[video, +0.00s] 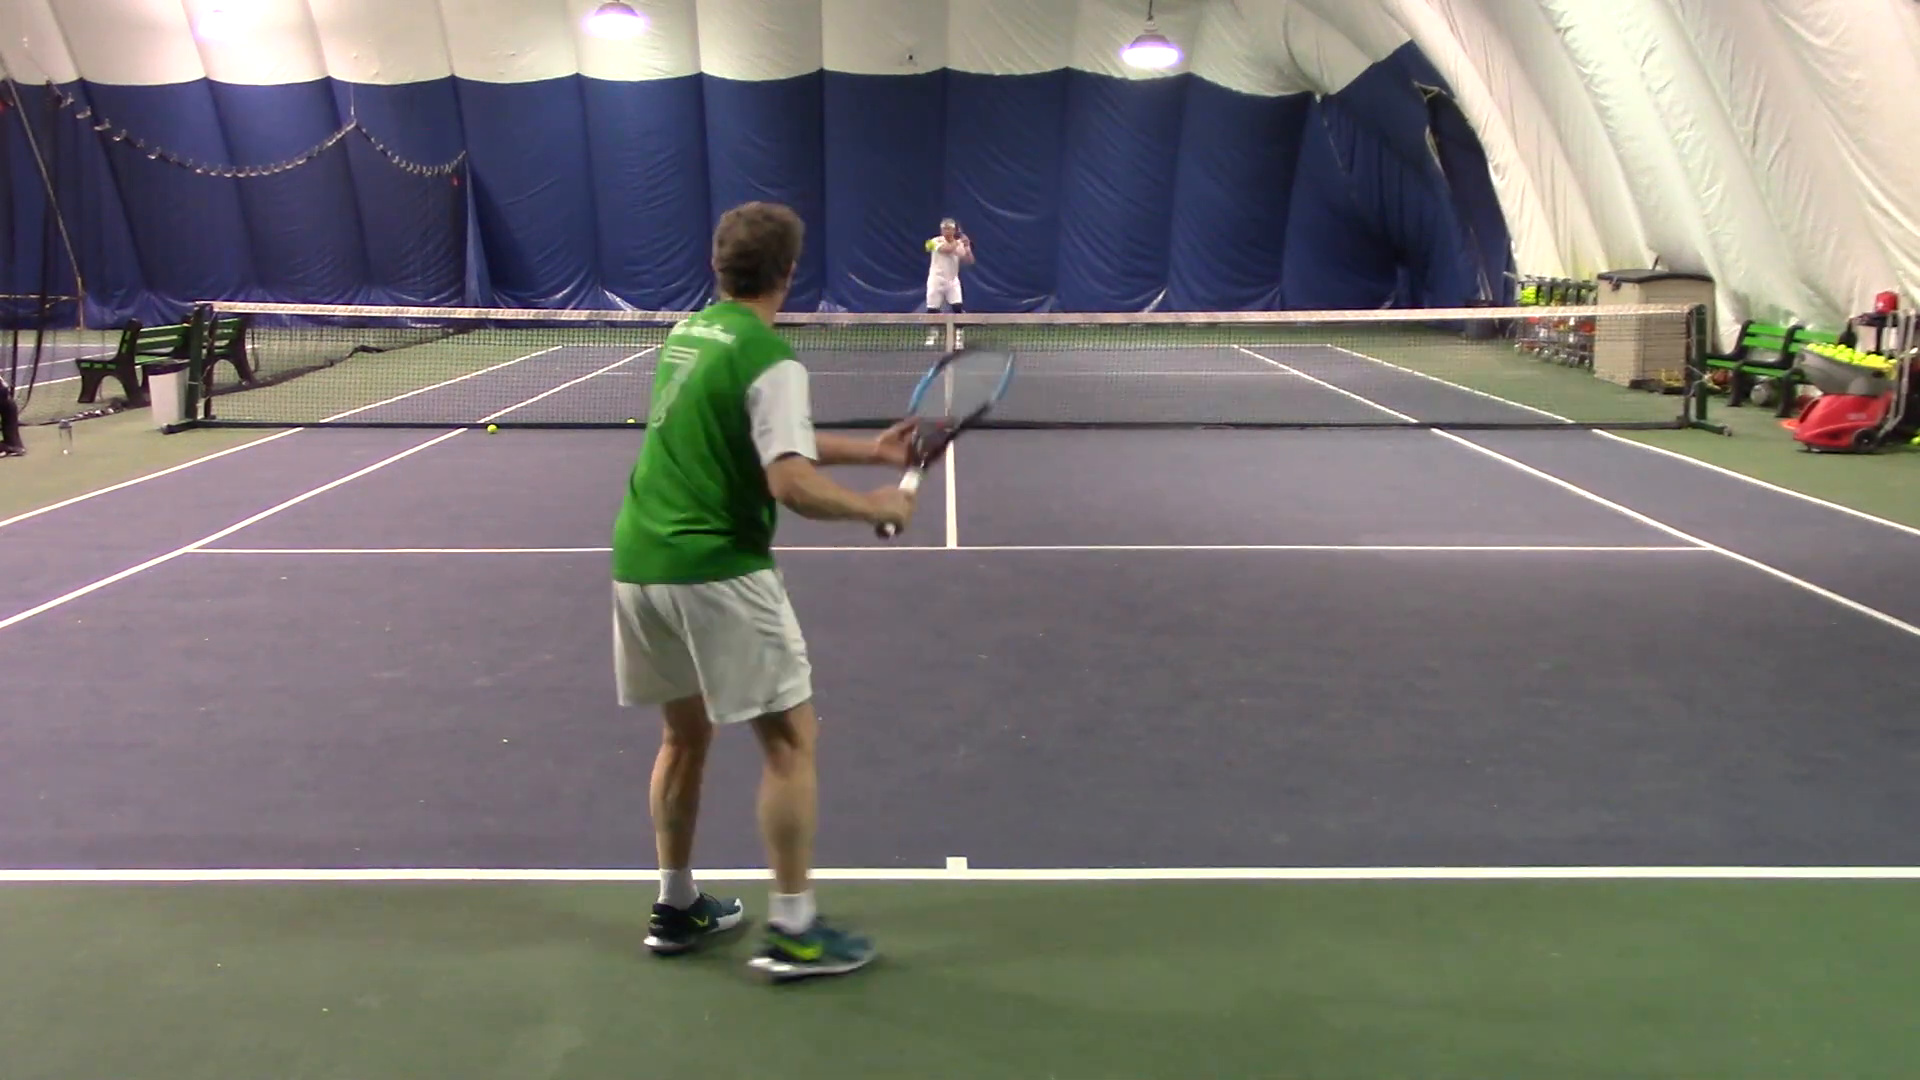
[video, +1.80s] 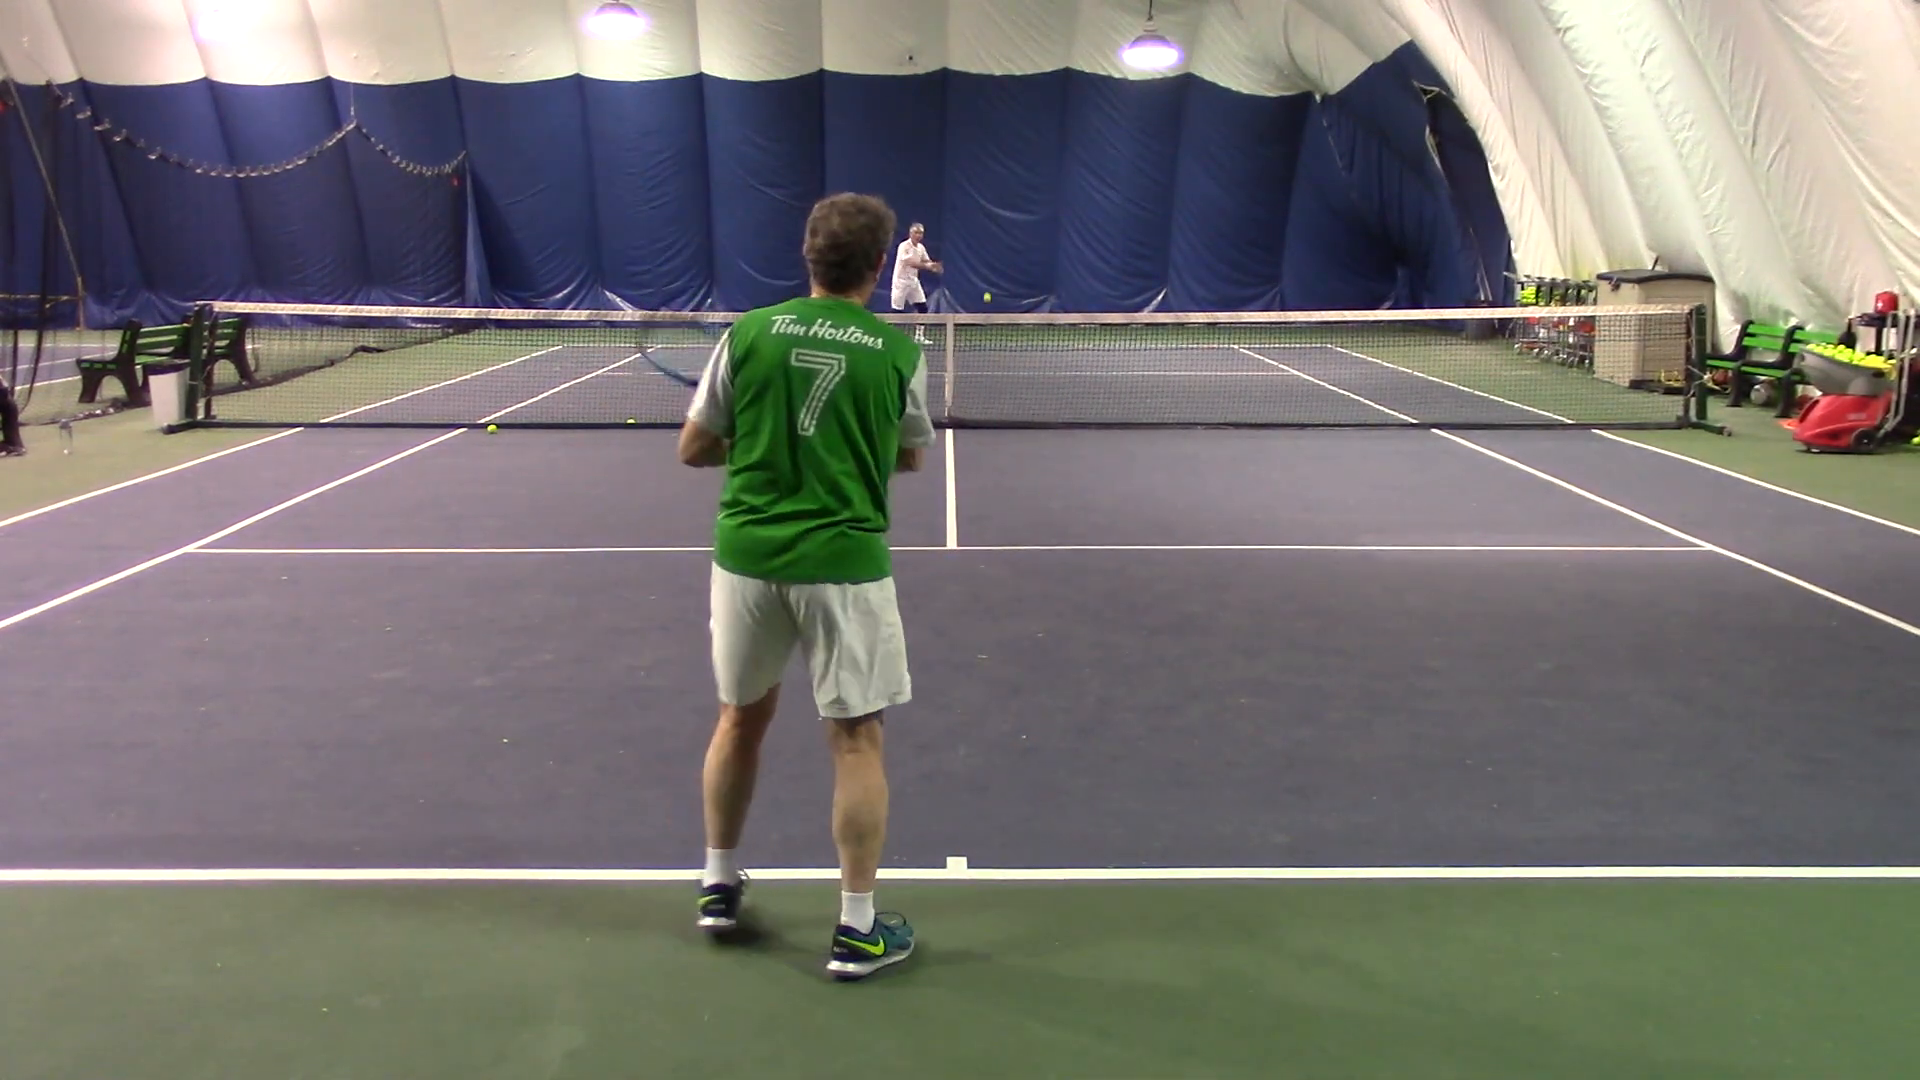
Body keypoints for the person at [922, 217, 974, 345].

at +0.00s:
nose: (948, 232)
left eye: (950, 229)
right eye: (945, 229)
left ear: (955, 230)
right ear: (941, 230)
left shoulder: (959, 243)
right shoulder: (935, 242)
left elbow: (970, 260)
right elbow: (947, 249)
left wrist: (967, 247)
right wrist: (958, 241)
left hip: (952, 279)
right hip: (936, 278)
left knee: (957, 307)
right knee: (932, 309)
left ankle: (959, 335)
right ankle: (932, 332)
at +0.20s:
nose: (940, 234)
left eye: (942, 231)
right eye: (937, 231)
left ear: (946, 232)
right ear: (934, 233)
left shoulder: (952, 249)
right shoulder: (928, 246)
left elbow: (957, 269)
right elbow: (934, 261)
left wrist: (955, 258)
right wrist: (949, 257)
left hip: (946, 280)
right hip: (931, 281)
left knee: (953, 307)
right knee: (928, 311)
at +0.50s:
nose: (926, 229)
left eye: (928, 225)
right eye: (923, 226)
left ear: (932, 227)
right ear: (919, 228)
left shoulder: (938, 243)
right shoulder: (913, 242)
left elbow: (943, 261)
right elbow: (917, 257)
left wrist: (938, 255)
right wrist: (931, 252)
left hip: (935, 278)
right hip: (919, 280)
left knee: (943, 304)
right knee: (918, 309)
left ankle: (943, 334)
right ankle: (919, 337)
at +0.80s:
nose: (920, 231)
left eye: (922, 228)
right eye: (918, 228)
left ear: (926, 229)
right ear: (914, 229)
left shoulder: (932, 244)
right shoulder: (908, 244)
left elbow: (933, 256)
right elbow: (911, 256)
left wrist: (926, 248)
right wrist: (922, 248)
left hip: (929, 278)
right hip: (915, 278)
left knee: (927, 308)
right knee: (917, 306)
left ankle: (923, 334)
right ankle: (917, 335)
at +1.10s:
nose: (919, 228)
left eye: (921, 225)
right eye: (916, 225)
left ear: (925, 227)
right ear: (912, 227)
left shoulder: (930, 244)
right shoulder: (905, 241)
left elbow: (930, 261)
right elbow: (907, 257)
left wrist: (922, 260)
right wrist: (922, 257)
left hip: (922, 276)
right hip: (907, 276)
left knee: (921, 306)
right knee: (907, 305)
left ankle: (920, 335)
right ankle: (908, 334)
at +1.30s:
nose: (914, 228)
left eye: (916, 225)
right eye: (911, 225)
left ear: (920, 227)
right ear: (907, 227)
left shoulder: (923, 243)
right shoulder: (900, 241)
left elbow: (926, 265)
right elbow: (903, 259)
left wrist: (924, 256)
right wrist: (918, 258)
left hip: (916, 276)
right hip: (901, 276)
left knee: (920, 305)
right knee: (894, 305)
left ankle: (919, 335)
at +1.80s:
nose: (918, 236)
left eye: (920, 233)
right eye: (916, 233)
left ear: (922, 235)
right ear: (910, 233)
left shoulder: (921, 247)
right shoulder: (903, 246)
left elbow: (926, 261)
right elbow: (909, 261)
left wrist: (934, 266)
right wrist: (928, 266)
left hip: (913, 281)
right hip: (900, 281)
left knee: (922, 307)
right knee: (897, 311)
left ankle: (919, 335)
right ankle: (890, 337)